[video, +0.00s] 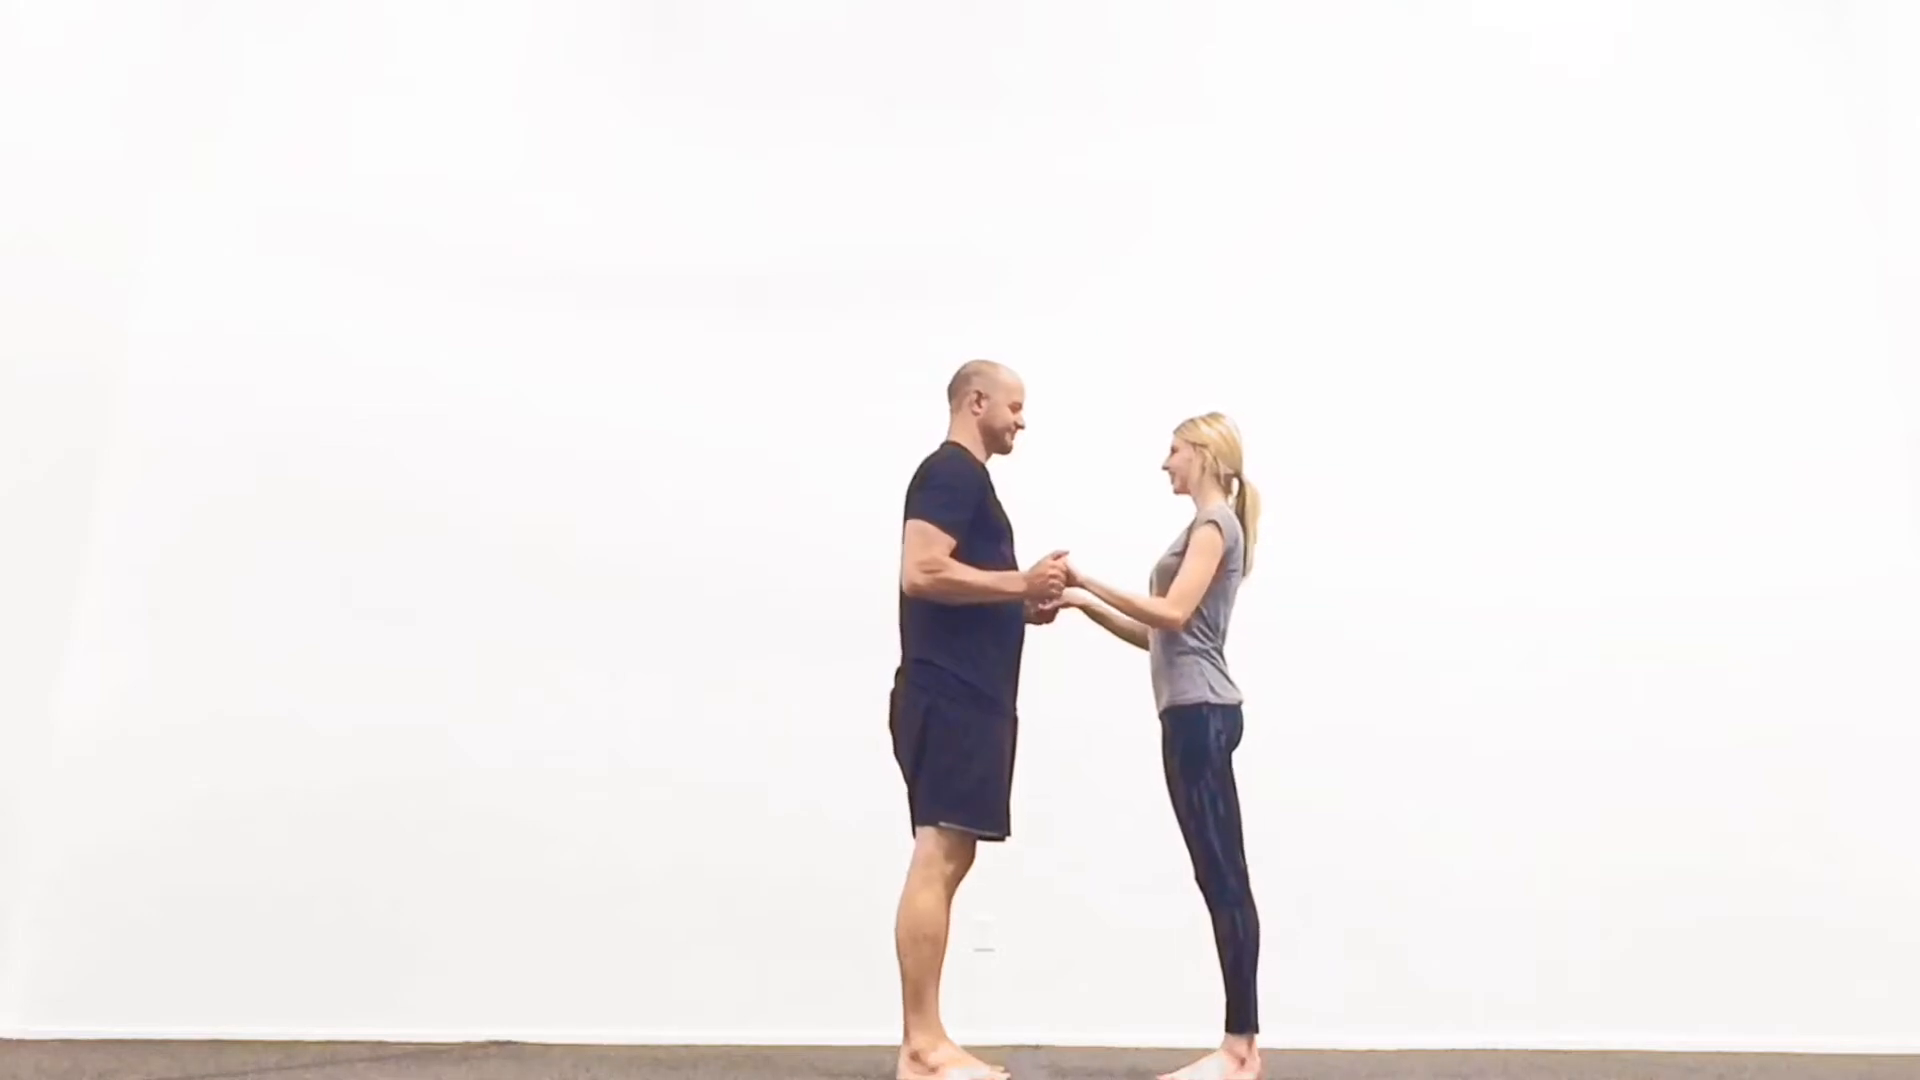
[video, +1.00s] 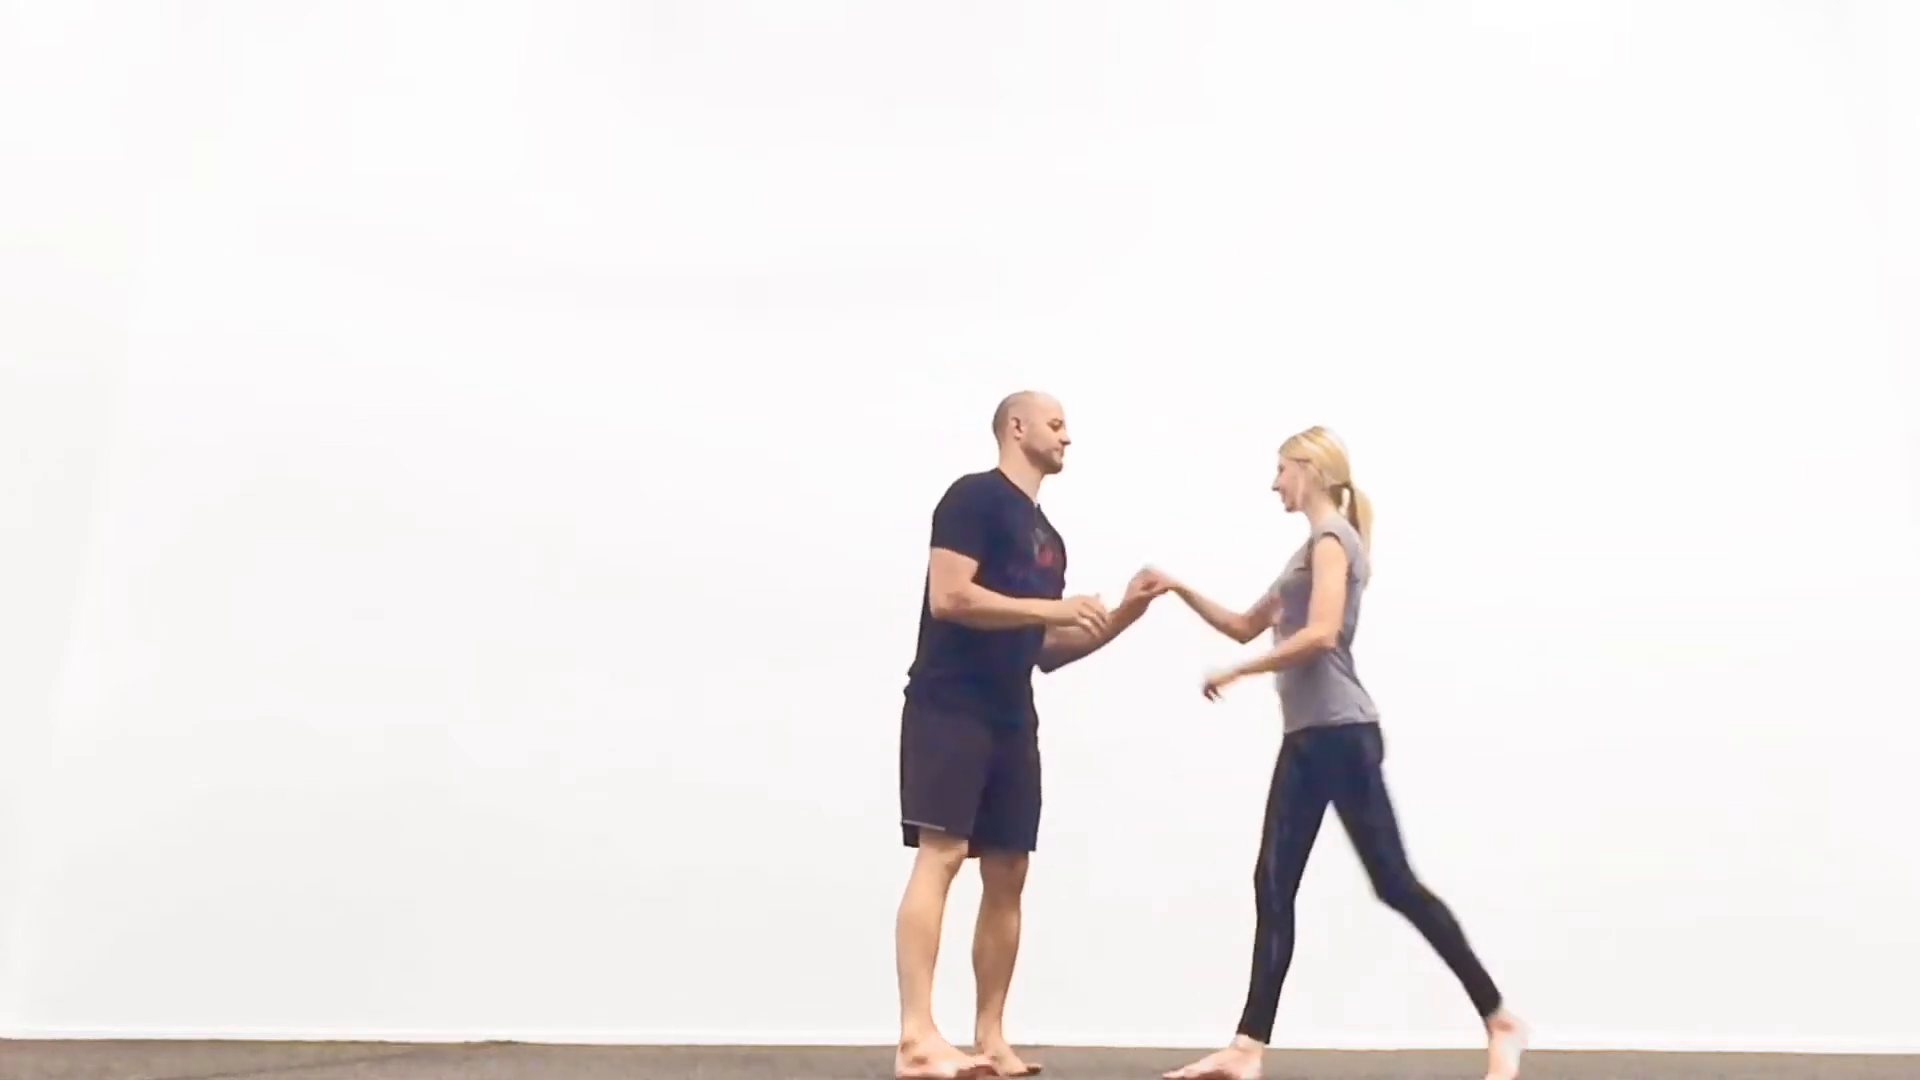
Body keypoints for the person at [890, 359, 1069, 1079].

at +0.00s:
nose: (1022, 421)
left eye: (1022, 410)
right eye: (1015, 408)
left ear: (976, 402)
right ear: (976, 403)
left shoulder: (969, 477)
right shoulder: (949, 469)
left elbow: (951, 594)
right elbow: (923, 572)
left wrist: (1026, 608)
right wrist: (1021, 584)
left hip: (966, 694)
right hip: (949, 694)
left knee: (946, 861)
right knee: (939, 861)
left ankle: (924, 1042)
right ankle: (923, 1044)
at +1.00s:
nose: (1067, 438)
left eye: (1066, 428)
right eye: (1055, 425)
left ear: (1028, 431)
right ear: (1015, 428)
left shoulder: (1049, 540)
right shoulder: (973, 494)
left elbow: (1041, 651)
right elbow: (948, 598)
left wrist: (1122, 615)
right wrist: (1051, 609)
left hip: (1011, 715)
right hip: (949, 708)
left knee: (1006, 872)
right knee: (940, 855)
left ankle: (989, 1039)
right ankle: (916, 1038)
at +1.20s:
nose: (1055, 437)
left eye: (1056, 428)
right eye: (1043, 425)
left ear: (1032, 436)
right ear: (1002, 430)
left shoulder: (1054, 537)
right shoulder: (953, 498)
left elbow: (1120, 619)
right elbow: (916, 597)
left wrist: (1195, 562)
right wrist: (1007, 610)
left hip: (1012, 717)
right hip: (941, 707)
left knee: (1002, 872)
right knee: (911, 847)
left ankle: (990, 1042)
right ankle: (849, 1020)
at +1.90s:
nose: (969, 443)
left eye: (970, 432)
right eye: (956, 433)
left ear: (962, 439)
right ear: (917, 440)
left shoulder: (990, 529)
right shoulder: (874, 520)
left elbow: (1065, 594)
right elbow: (849, 630)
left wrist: (1102, 530)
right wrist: (942, 658)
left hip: (960, 724)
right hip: (881, 723)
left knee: (982, 871)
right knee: (838, 869)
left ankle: (991, 1044)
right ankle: (783, 1039)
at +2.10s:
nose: (952, 461)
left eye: (953, 448)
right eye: (938, 453)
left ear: (952, 450)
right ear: (901, 462)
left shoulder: (973, 523)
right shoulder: (879, 545)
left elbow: (1054, 565)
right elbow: (902, 665)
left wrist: (1058, 508)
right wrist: (997, 688)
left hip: (954, 729)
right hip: (879, 732)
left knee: (982, 869)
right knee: (838, 873)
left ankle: (991, 1043)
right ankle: (784, 1038)